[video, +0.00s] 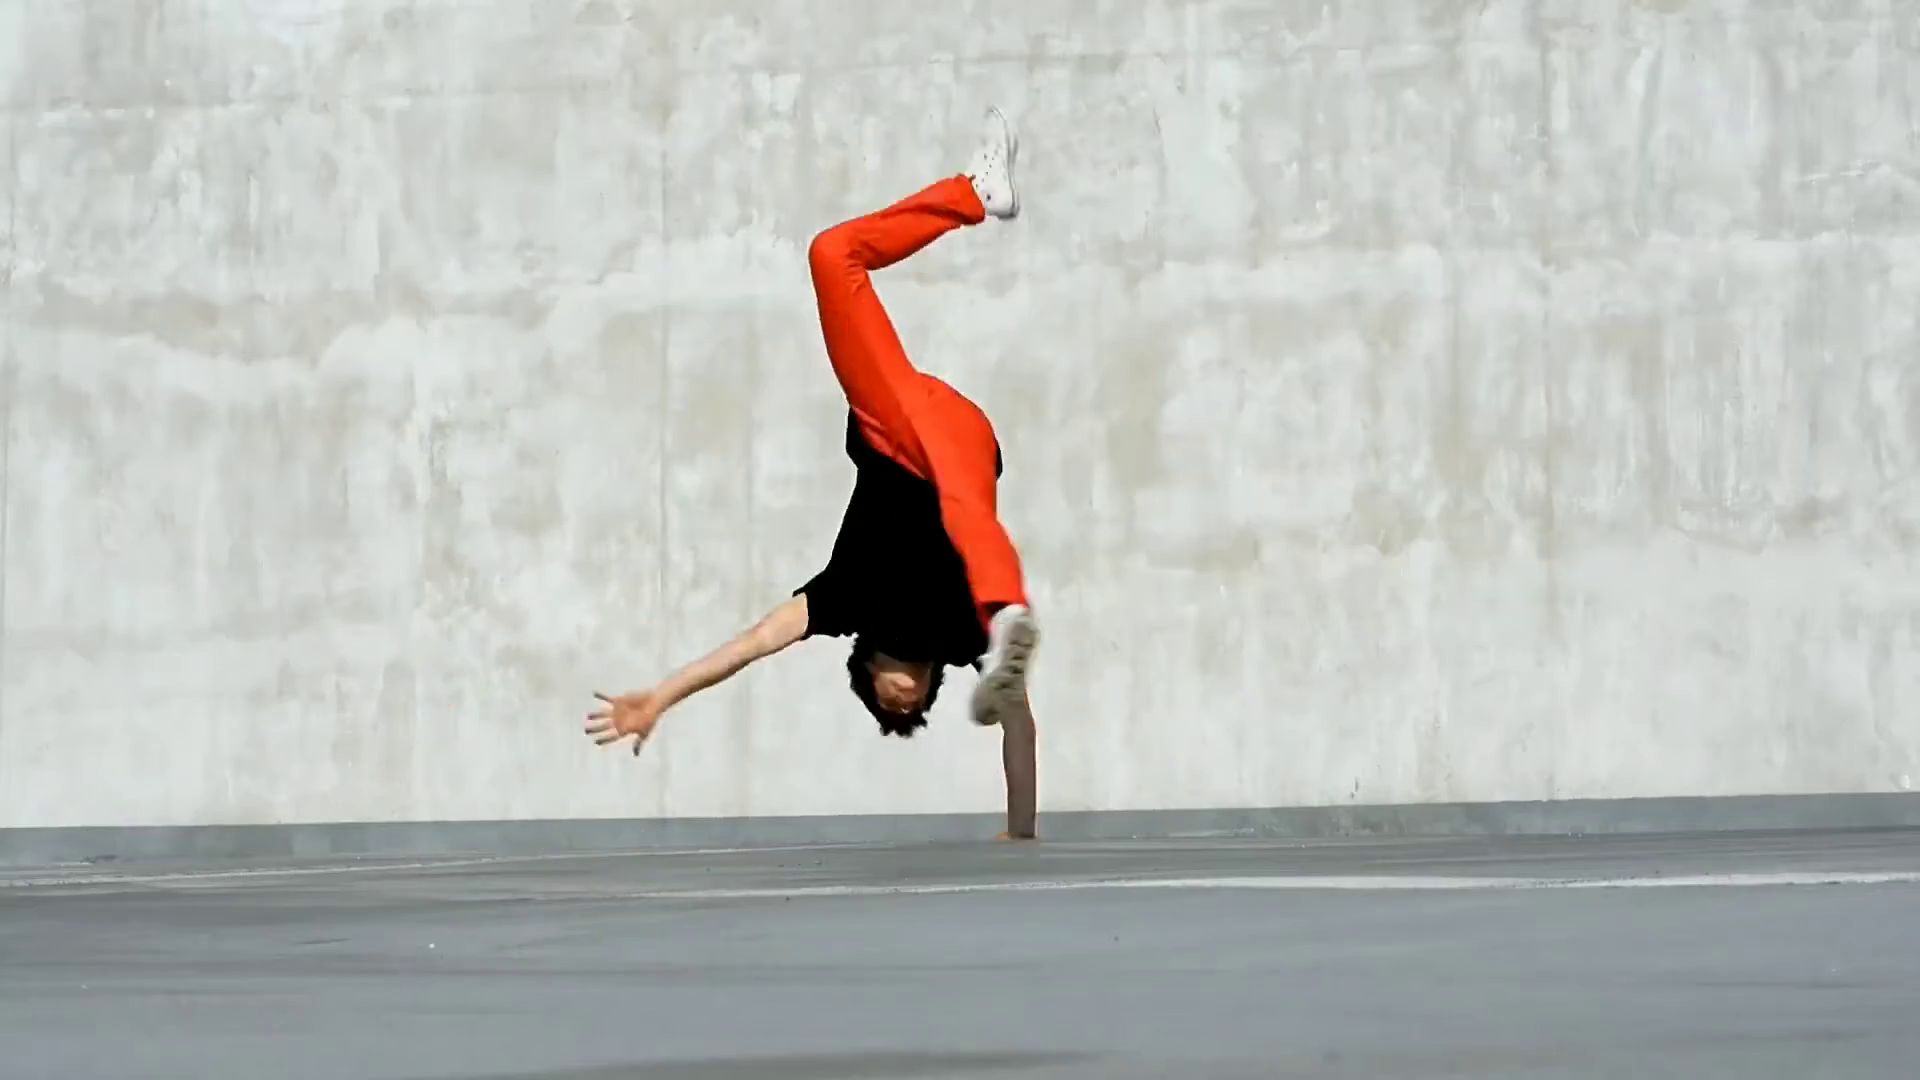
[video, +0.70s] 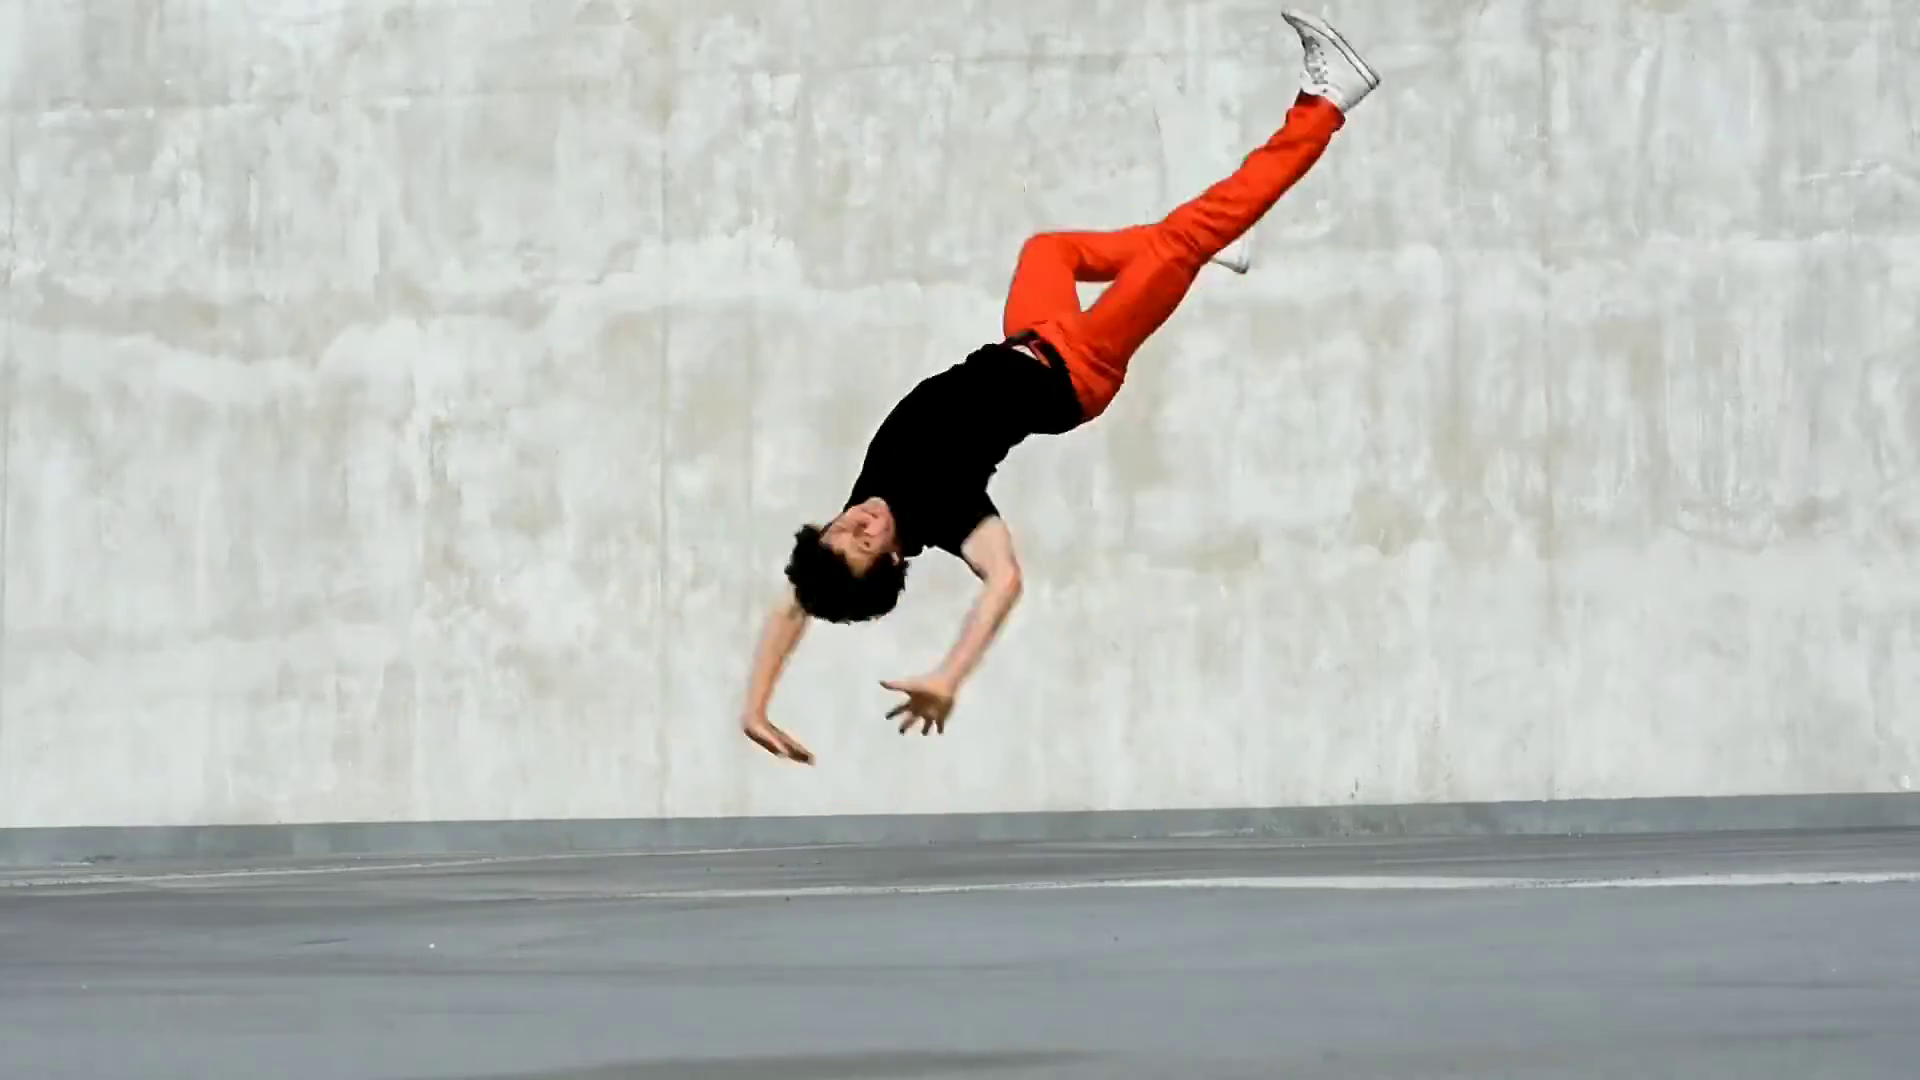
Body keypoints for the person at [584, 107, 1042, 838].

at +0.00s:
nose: (911, 703)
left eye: (895, 705)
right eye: (913, 708)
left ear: (872, 676)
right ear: (923, 681)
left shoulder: (844, 599)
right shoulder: (968, 630)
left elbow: (750, 648)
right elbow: (1018, 728)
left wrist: (656, 701)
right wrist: (1023, 837)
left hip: (882, 408)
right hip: (962, 423)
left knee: (834, 253)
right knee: (969, 510)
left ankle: (974, 194)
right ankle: (1013, 618)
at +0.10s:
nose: (896, 709)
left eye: (881, 712)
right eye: (892, 713)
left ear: (857, 677)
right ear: (901, 685)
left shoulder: (841, 610)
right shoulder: (981, 637)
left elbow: (833, 680)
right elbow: (1010, 728)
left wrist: (821, 777)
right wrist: (1020, 830)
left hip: (908, 409)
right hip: (985, 420)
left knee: (851, 257)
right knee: (1106, 501)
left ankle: (881, 102)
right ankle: (1255, 578)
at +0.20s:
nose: (878, 714)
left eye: (864, 707)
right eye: (867, 712)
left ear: (844, 666)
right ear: (879, 671)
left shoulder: (862, 621)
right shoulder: (968, 634)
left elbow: (896, 708)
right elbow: (1003, 729)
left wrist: (923, 819)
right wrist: (1020, 831)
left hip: (931, 411)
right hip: (998, 418)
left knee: (878, 290)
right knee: (1152, 438)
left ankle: (832, 141)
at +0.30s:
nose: (883, 701)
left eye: (870, 696)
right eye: (874, 703)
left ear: (856, 662)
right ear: (872, 666)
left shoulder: (880, 608)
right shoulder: (949, 632)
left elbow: (916, 709)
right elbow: (990, 718)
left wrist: (930, 823)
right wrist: (1018, 826)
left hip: (930, 389)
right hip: (976, 368)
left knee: (982, 418)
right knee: (1120, 362)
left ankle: (1015, 409)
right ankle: (1242, 257)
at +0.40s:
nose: (891, 681)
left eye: (876, 678)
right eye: (881, 679)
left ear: (869, 650)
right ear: (874, 645)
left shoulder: (911, 613)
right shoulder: (918, 610)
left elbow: (929, 709)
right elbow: (965, 690)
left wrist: (931, 821)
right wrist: (980, 779)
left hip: (976, 385)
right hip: (955, 360)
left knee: (1107, 536)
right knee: (1033, 320)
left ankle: (1255, 669)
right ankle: (1046, 173)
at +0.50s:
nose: (814, 686)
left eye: (827, 681)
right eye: (809, 675)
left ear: (877, 653)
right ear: (836, 614)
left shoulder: (955, 610)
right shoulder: (853, 545)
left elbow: (957, 715)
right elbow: (795, 552)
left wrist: (937, 822)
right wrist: (791, 647)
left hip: (1067, 409)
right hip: (990, 377)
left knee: (1146, 517)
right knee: (931, 277)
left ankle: (1258, 575)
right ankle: (994, 253)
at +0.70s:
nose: (857, 524)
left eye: (840, 530)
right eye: (858, 545)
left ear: (839, 520)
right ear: (880, 563)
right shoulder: (951, 514)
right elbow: (1004, 584)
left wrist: (752, 713)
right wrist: (946, 682)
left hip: (1025, 347)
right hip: (1076, 376)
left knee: (1048, 249)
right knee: (1182, 242)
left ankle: (1185, 252)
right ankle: (1325, 103)